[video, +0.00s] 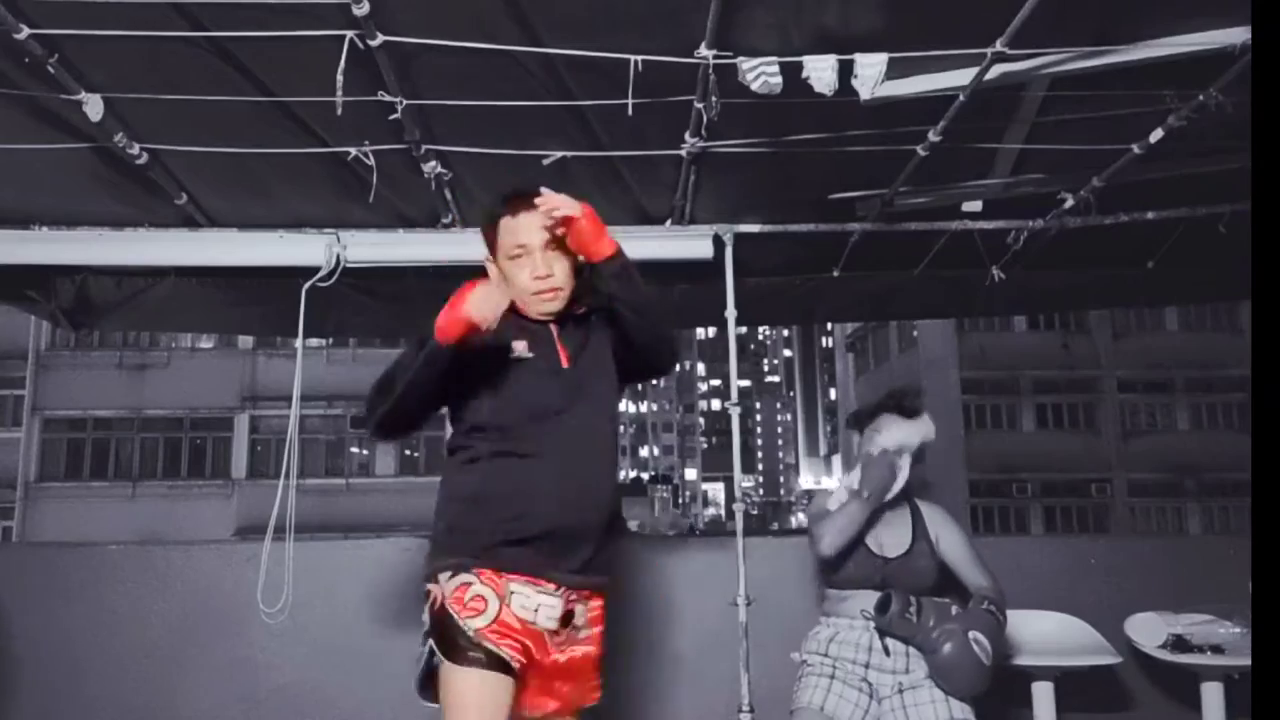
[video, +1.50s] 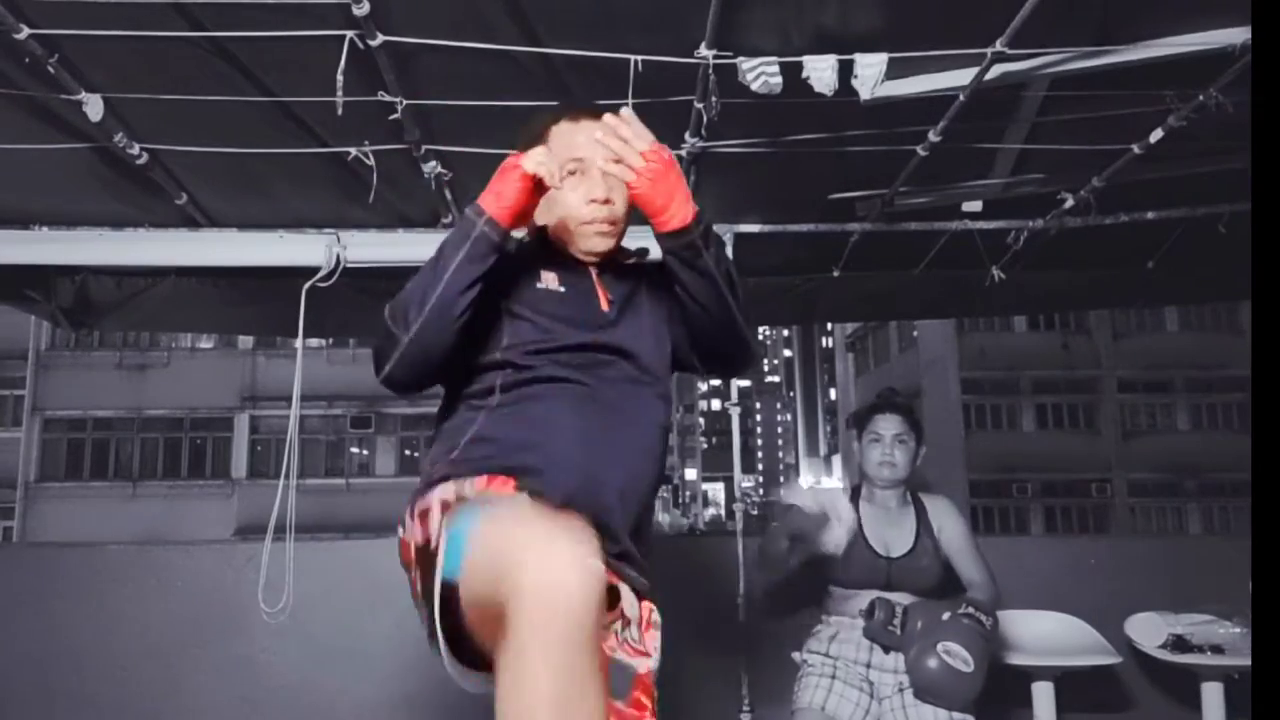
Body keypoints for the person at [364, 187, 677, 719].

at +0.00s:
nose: (542, 269)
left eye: (554, 248)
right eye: (520, 255)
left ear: (577, 255)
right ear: (494, 269)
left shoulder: (603, 335)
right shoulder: (475, 337)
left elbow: (661, 352)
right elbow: (384, 421)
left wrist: (605, 254)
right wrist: (447, 333)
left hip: (580, 589)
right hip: (485, 578)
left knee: (556, 711)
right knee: (476, 711)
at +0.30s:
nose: (445, 256)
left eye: (463, 234)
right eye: (426, 237)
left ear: (489, 244)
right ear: (399, 252)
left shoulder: (540, 308)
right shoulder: (384, 339)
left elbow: (616, 299)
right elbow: (310, 327)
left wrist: (533, 192)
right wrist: (388, 220)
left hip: (566, 537)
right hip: (463, 580)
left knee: (605, 463)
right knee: (454, 707)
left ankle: (588, 712)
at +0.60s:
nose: (415, 239)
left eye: (435, 218)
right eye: (394, 226)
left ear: (470, 235)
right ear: (376, 250)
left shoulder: (521, 287)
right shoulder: (370, 345)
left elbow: (589, 280)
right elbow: (286, 338)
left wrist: (500, 160)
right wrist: (341, 216)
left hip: (558, 518)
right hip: (451, 566)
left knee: (541, 441)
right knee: (441, 706)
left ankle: (528, 712)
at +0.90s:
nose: (480, 194)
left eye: (499, 180)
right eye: (461, 180)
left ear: (522, 199)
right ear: (427, 202)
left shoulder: (566, 275)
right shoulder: (392, 289)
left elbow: (647, 292)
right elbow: (321, 300)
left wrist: (560, 167)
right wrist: (411, 171)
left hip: (577, 554)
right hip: (439, 581)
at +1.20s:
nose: (571, 203)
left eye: (589, 180)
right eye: (545, 184)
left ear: (615, 200)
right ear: (512, 206)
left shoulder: (646, 292)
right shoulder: (479, 285)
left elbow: (725, 329)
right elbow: (383, 362)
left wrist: (657, 208)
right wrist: (480, 209)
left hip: (605, 550)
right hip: (482, 513)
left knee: (603, 706)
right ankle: (501, 711)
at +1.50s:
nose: (601, 192)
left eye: (616, 171)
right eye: (574, 171)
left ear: (637, 189)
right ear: (536, 194)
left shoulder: (658, 288)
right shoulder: (497, 269)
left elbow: (732, 353)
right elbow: (400, 368)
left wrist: (680, 221)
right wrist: (491, 217)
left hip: (611, 559)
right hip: (480, 512)